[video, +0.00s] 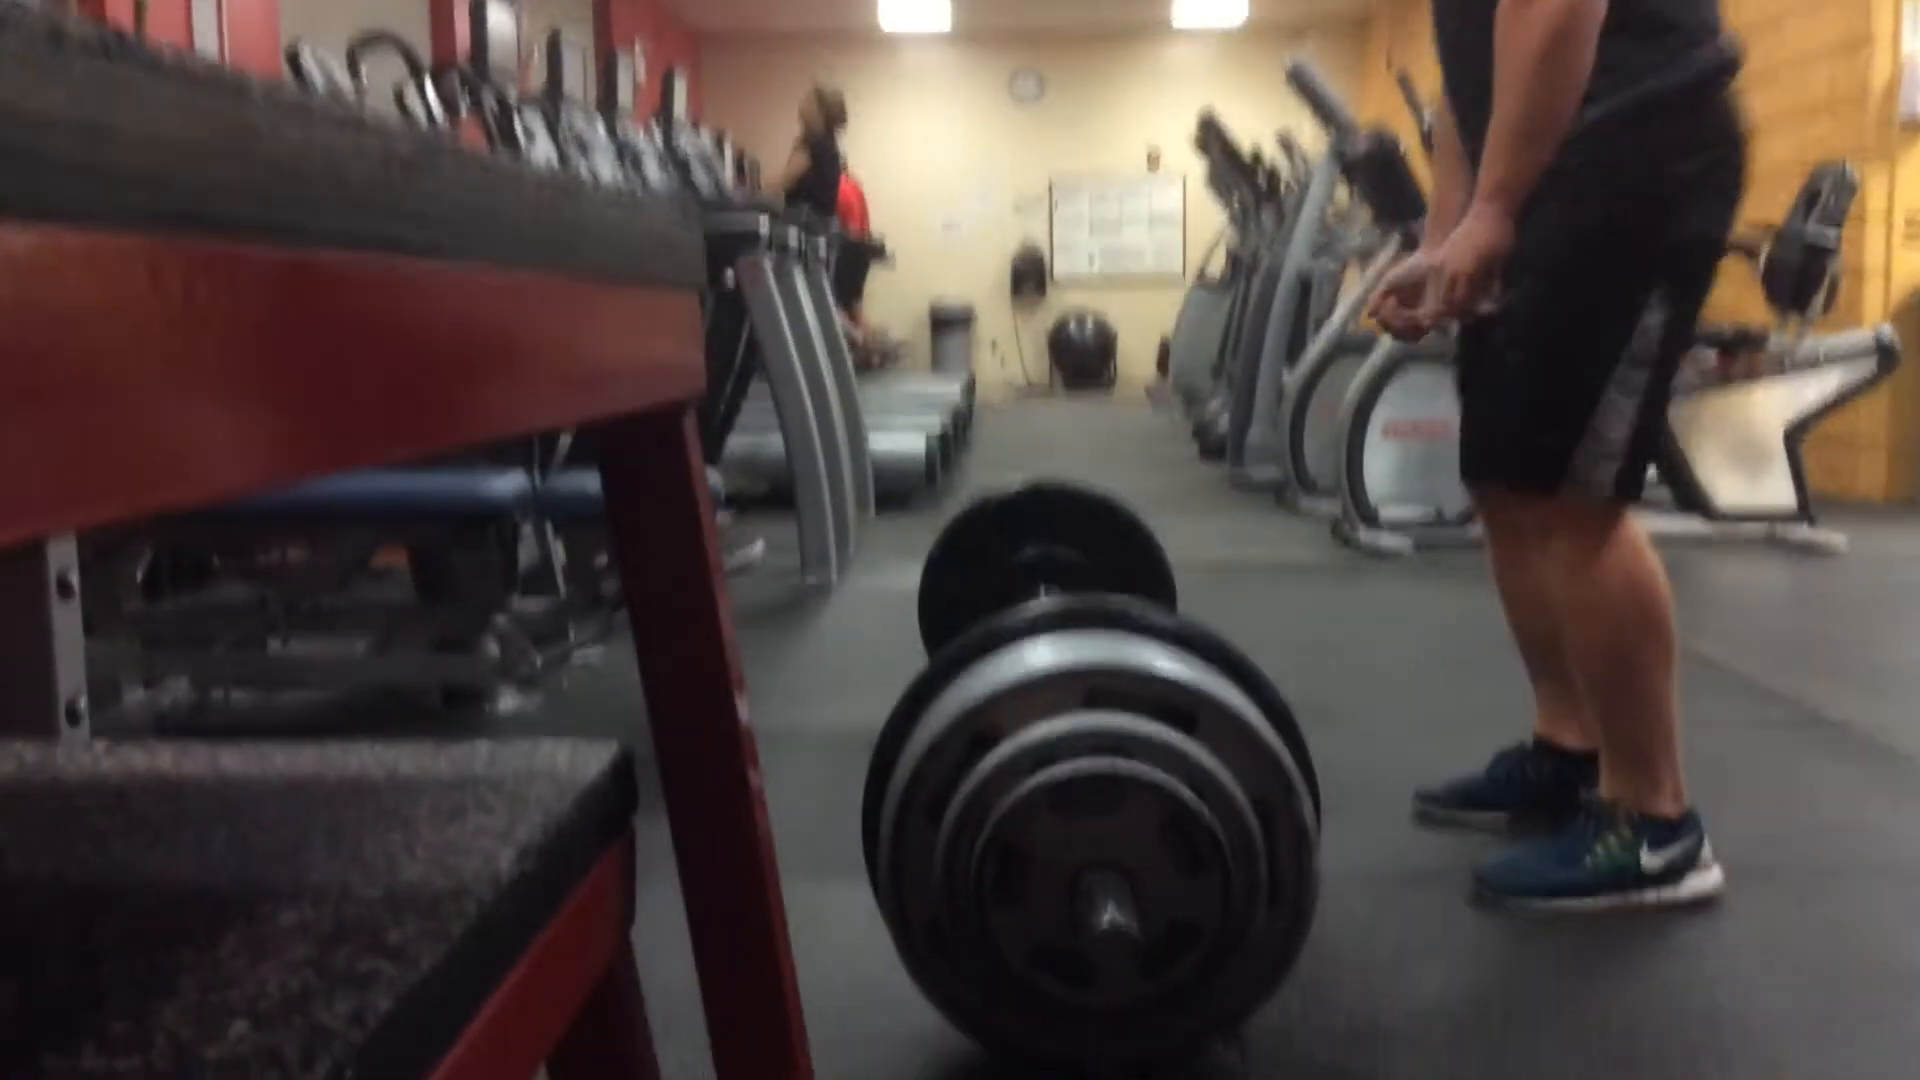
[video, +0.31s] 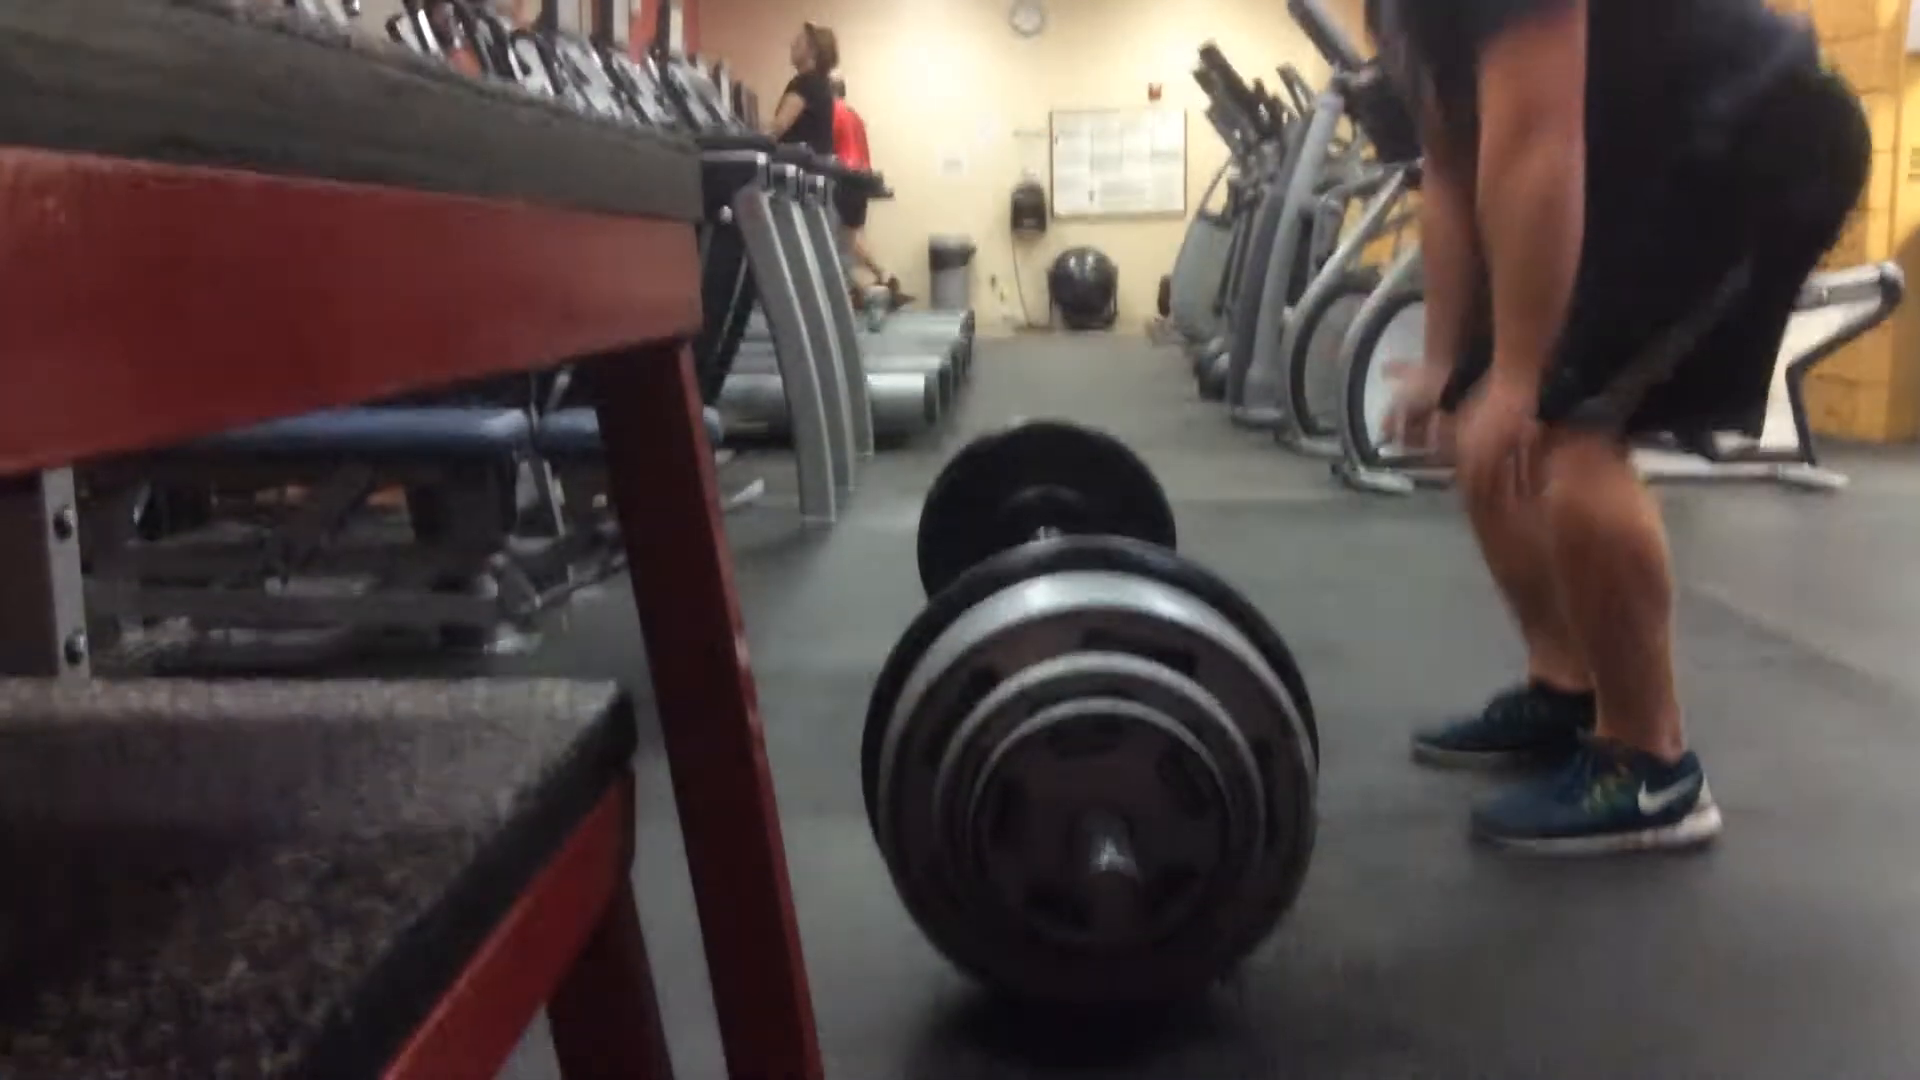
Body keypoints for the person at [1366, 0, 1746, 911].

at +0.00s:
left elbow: (1563, 9)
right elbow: (1467, 55)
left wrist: (1490, 210)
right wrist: (1441, 240)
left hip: (1640, 130)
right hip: (1535, 141)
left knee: (1575, 489)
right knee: (1508, 473)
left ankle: (1653, 819)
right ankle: (1569, 753)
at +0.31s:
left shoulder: (1517, 10)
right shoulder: (1420, 18)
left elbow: (1536, 145)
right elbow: (1449, 167)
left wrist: (1515, 377)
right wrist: (1444, 366)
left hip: (1759, 133)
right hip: (1655, 142)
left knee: (1577, 435)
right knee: (1489, 418)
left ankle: (1650, 762)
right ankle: (1566, 690)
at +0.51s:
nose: (1254, 94)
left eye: (1277, 70)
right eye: (1258, 69)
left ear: (1368, 77)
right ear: (1343, 83)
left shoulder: (1469, 187)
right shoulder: (1390, 218)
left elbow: (1527, 437)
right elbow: (1444, 420)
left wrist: (1504, 671)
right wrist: (1414, 594)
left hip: (1757, 394)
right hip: (1659, 396)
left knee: (1512, 597)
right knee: (1446, 571)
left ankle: (1654, 892)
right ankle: (1560, 822)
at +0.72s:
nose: (1244, 285)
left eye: (1267, 260)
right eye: (1248, 261)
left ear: (1348, 272)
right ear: (1342, 275)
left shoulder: (1453, 365)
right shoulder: (1394, 402)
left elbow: (1526, 639)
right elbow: (1461, 602)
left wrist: (1505, 872)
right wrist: (1443, 788)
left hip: (1768, 554)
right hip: (1670, 549)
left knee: (1465, 675)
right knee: (1390, 664)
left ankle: (1660, 971)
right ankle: (1572, 912)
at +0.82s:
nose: (1251, 311)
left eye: (1275, 285)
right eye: (1256, 287)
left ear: (1356, 298)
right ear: (1348, 303)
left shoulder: (1460, 396)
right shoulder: (1388, 461)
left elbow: (1528, 666)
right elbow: (1447, 655)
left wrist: (1502, 897)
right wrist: (1433, 827)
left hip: (1768, 599)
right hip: (1669, 607)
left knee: (1465, 731)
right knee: (1392, 724)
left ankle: (1665, 1038)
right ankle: (1566, 975)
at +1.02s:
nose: (1299, 235)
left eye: (1327, 211)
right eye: (1305, 212)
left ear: (1410, 227)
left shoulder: (1488, 336)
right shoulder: (1407, 400)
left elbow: (1537, 590)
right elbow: (1440, 607)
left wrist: (1487, 812)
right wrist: (1409, 784)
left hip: (1732, 618)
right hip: (1633, 628)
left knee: (1508, 861)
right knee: (1437, 843)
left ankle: (1637, 1070)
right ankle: (1573, 1061)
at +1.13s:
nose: (1330, 205)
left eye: (1356, 178)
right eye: (1337, 180)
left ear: (1430, 190)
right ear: (1424, 198)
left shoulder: (1507, 307)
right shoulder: (1417, 372)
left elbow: (1542, 555)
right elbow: (1446, 576)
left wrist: (1491, 763)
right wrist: (1411, 739)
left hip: (1713, 620)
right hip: (1613, 626)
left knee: (1490, 870)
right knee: (1420, 849)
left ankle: (1632, 1073)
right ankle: (1569, 1069)